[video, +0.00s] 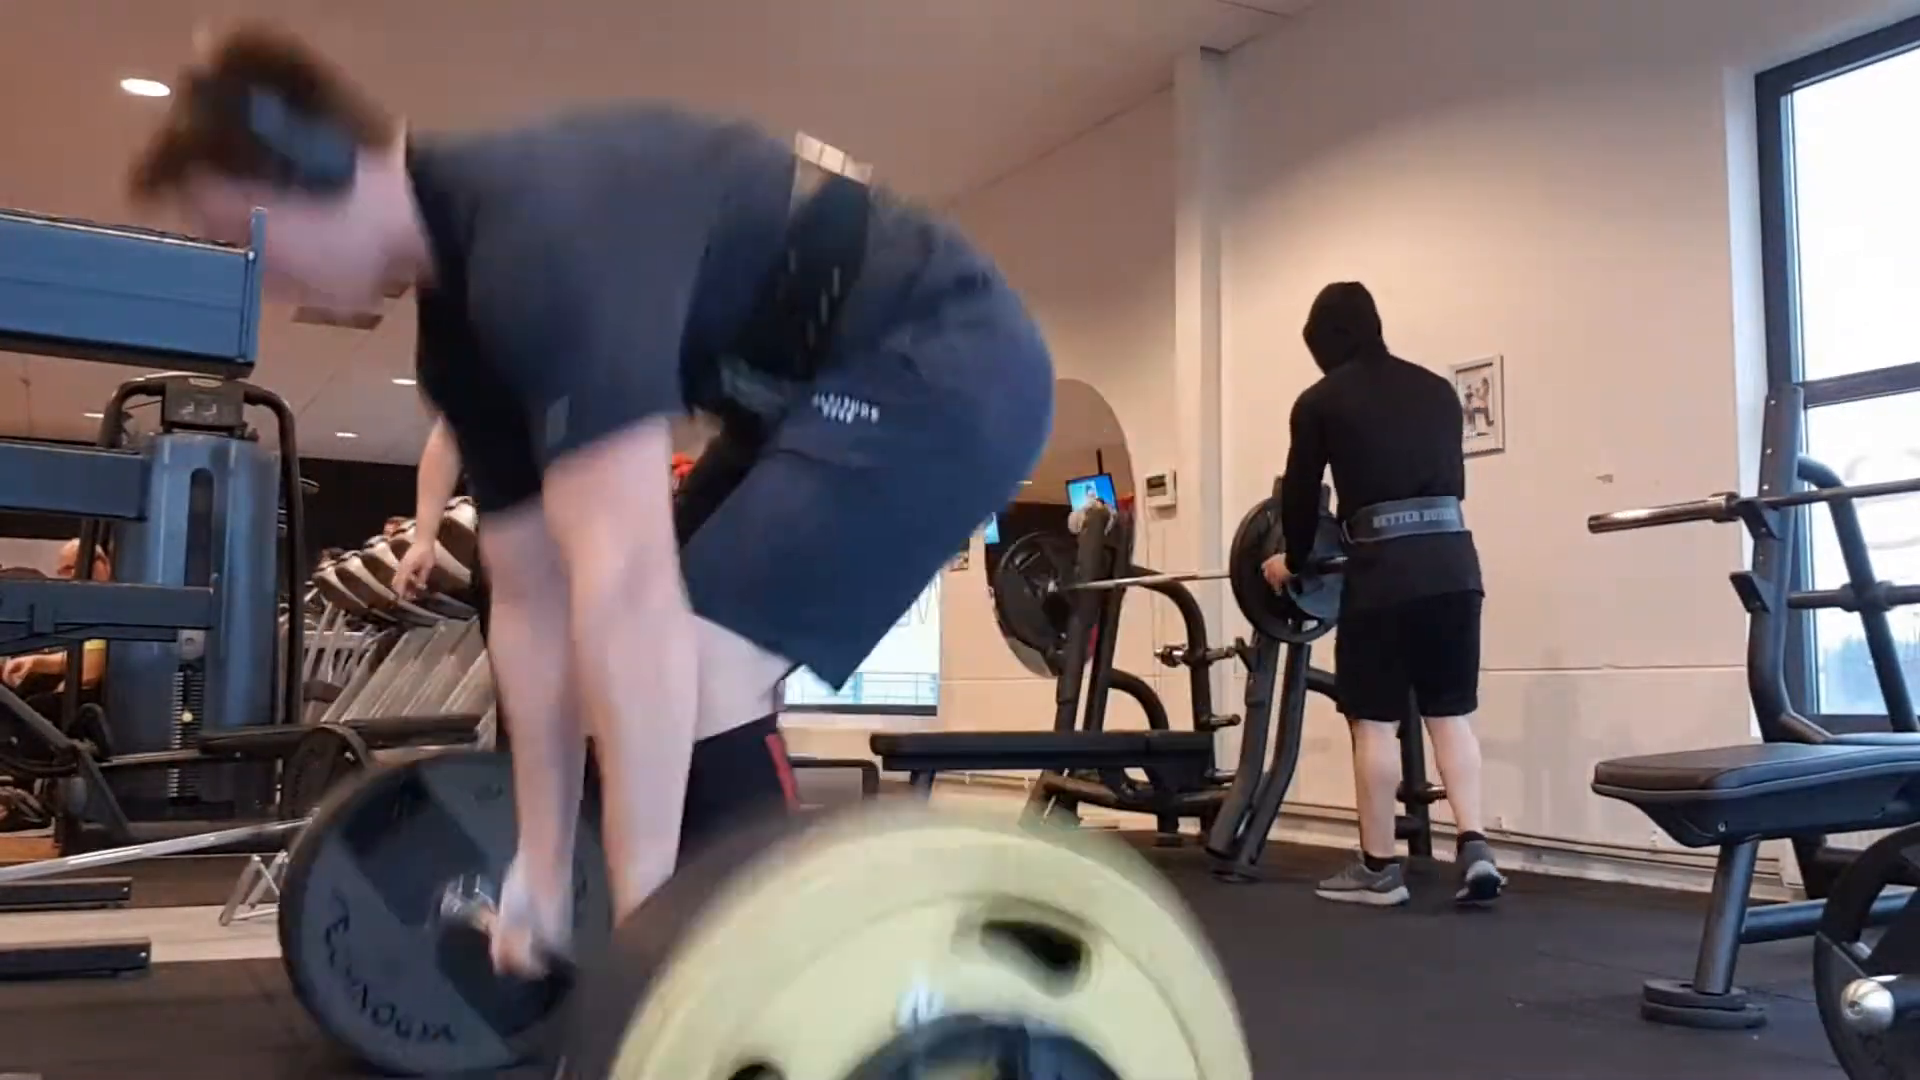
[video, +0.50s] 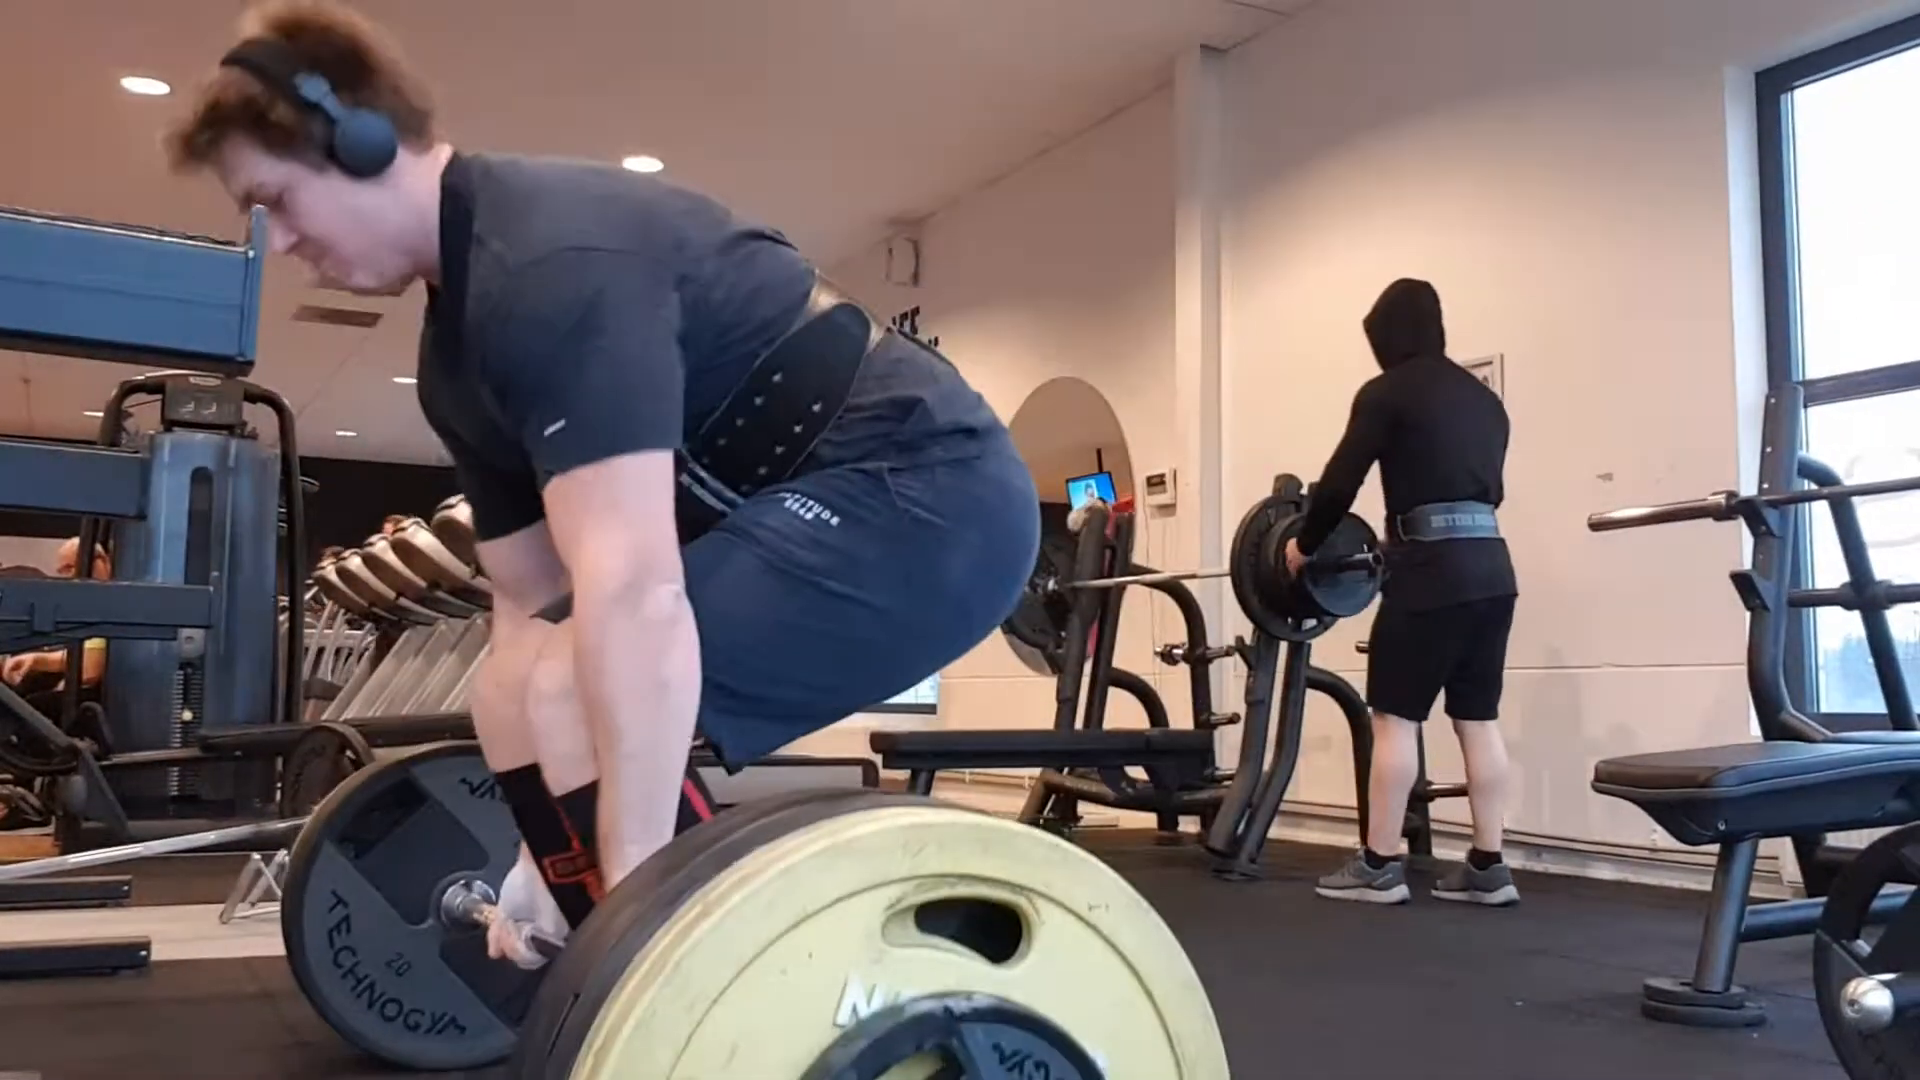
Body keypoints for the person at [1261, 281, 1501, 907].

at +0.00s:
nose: (1314, 353)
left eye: (1313, 343)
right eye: (1314, 343)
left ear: (1321, 341)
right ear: (1375, 329)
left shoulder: (1321, 401)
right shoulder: (1436, 388)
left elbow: (1301, 495)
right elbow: (1450, 489)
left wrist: (1292, 559)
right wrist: (1392, 538)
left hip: (1381, 579)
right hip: (1454, 572)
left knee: (1374, 724)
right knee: (1451, 712)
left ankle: (1380, 868)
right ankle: (1476, 850)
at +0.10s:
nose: (1319, 354)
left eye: (1318, 345)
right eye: (1319, 345)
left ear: (1327, 342)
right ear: (1381, 330)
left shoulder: (1329, 402)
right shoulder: (1440, 389)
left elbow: (1307, 493)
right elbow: (1454, 485)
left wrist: (1291, 553)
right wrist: (1393, 531)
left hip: (1390, 577)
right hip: (1460, 572)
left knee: (1379, 724)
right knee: (1454, 715)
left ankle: (1382, 868)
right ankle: (1485, 862)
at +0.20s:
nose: (1329, 351)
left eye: (1329, 342)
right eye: (1331, 342)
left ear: (1336, 340)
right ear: (1390, 328)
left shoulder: (1340, 400)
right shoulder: (1448, 392)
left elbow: (1313, 496)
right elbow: (1459, 487)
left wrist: (1294, 549)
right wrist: (1404, 535)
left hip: (1395, 577)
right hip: (1465, 571)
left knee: (1382, 722)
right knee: (1461, 716)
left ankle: (1382, 867)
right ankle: (1488, 863)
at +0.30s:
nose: (1344, 352)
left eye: (1344, 342)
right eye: (1344, 343)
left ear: (1352, 339)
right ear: (1407, 329)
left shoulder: (1355, 397)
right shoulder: (1458, 392)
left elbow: (1324, 493)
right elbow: (1470, 487)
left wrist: (1299, 546)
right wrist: (1402, 527)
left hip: (1405, 577)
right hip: (1471, 571)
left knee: (1385, 720)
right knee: (1465, 716)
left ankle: (1381, 866)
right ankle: (1488, 864)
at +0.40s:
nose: (1358, 348)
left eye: (1358, 338)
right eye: (1357, 339)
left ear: (1367, 337)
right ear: (1421, 328)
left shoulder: (1370, 396)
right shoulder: (1470, 394)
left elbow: (1332, 489)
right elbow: (1477, 492)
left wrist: (1304, 544)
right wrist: (1409, 535)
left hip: (1416, 578)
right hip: (1479, 572)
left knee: (1389, 718)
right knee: (1470, 716)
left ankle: (1380, 864)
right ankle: (1489, 864)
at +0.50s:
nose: (1373, 347)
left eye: (1373, 337)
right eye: (1374, 337)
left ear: (1382, 335)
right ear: (1436, 329)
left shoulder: (1384, 394)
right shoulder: (1484, 398)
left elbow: (1338, 485)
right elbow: (1484, 494)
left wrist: (1304, 539)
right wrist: (1407, 536)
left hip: (1428, 574)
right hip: (1490, 571)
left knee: (1395, 718)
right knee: (1477, 717)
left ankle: (1381, 864)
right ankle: (1489, 865)